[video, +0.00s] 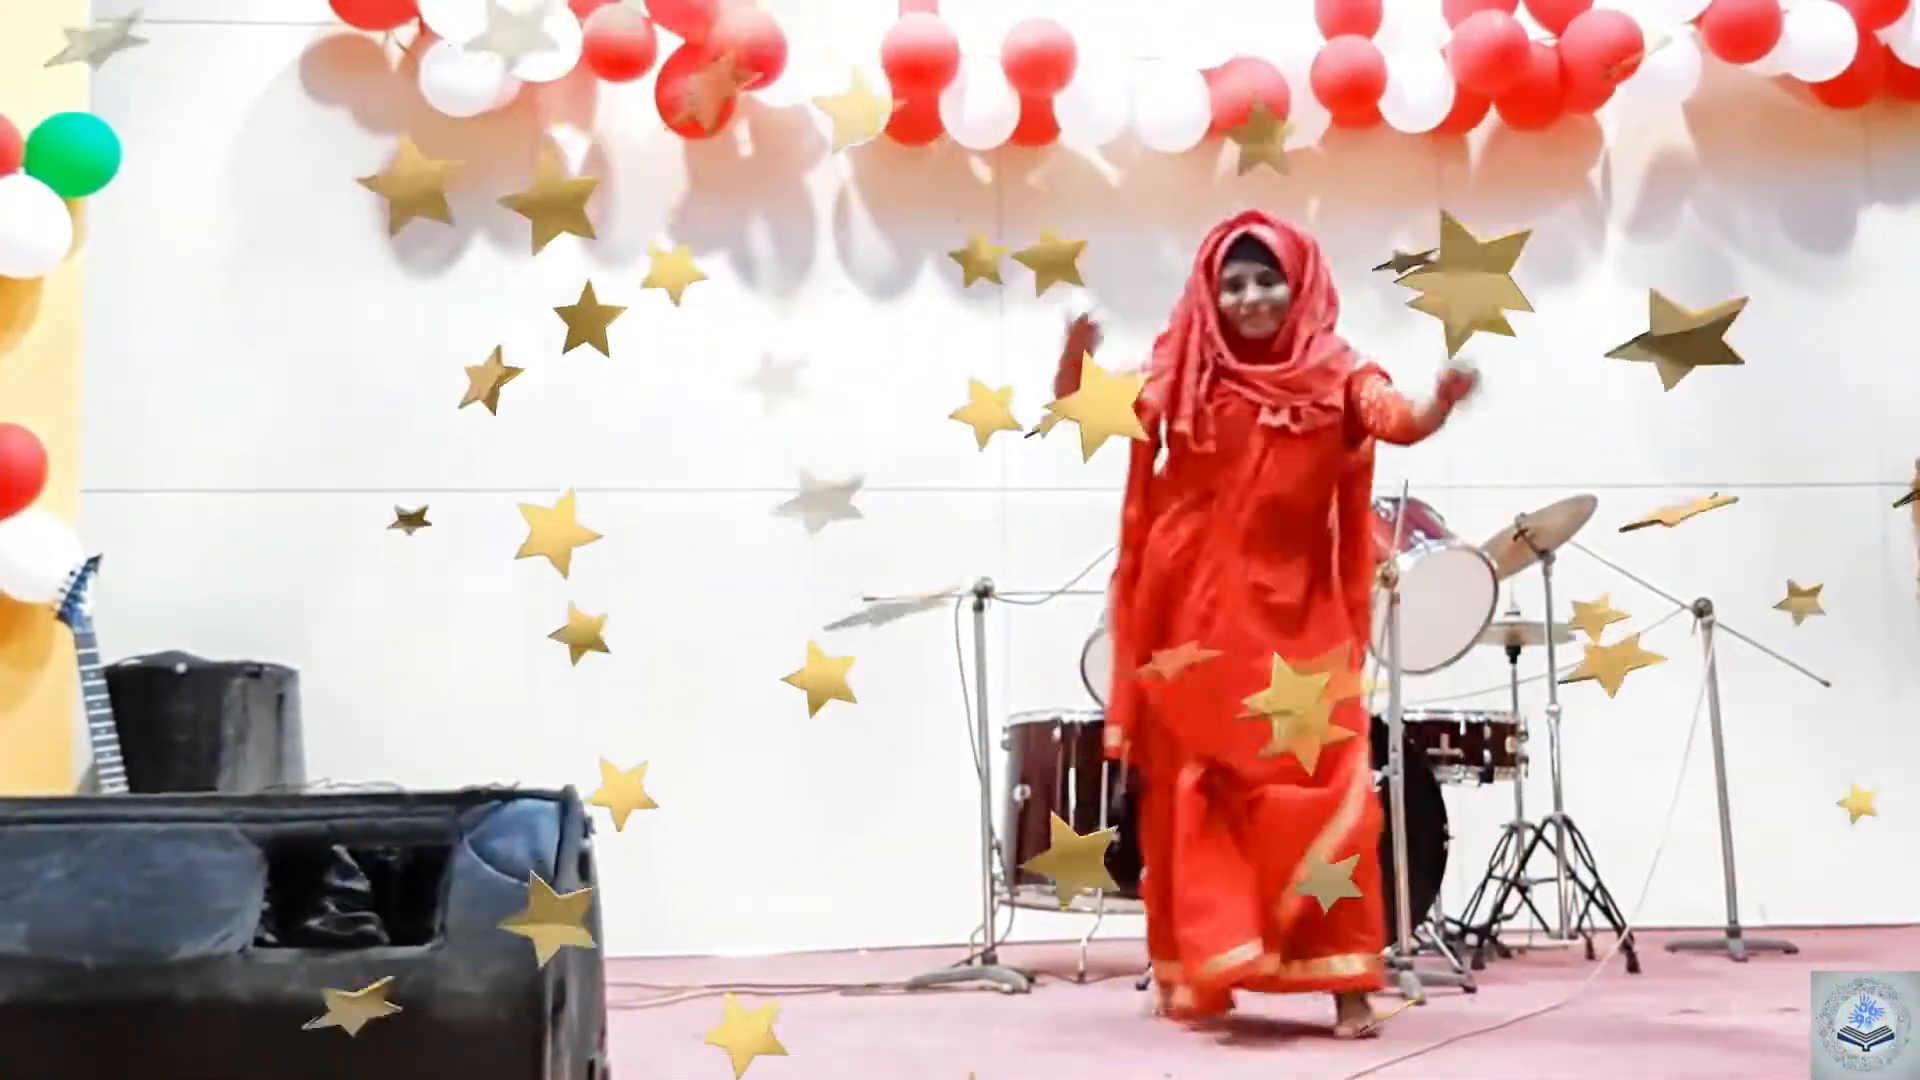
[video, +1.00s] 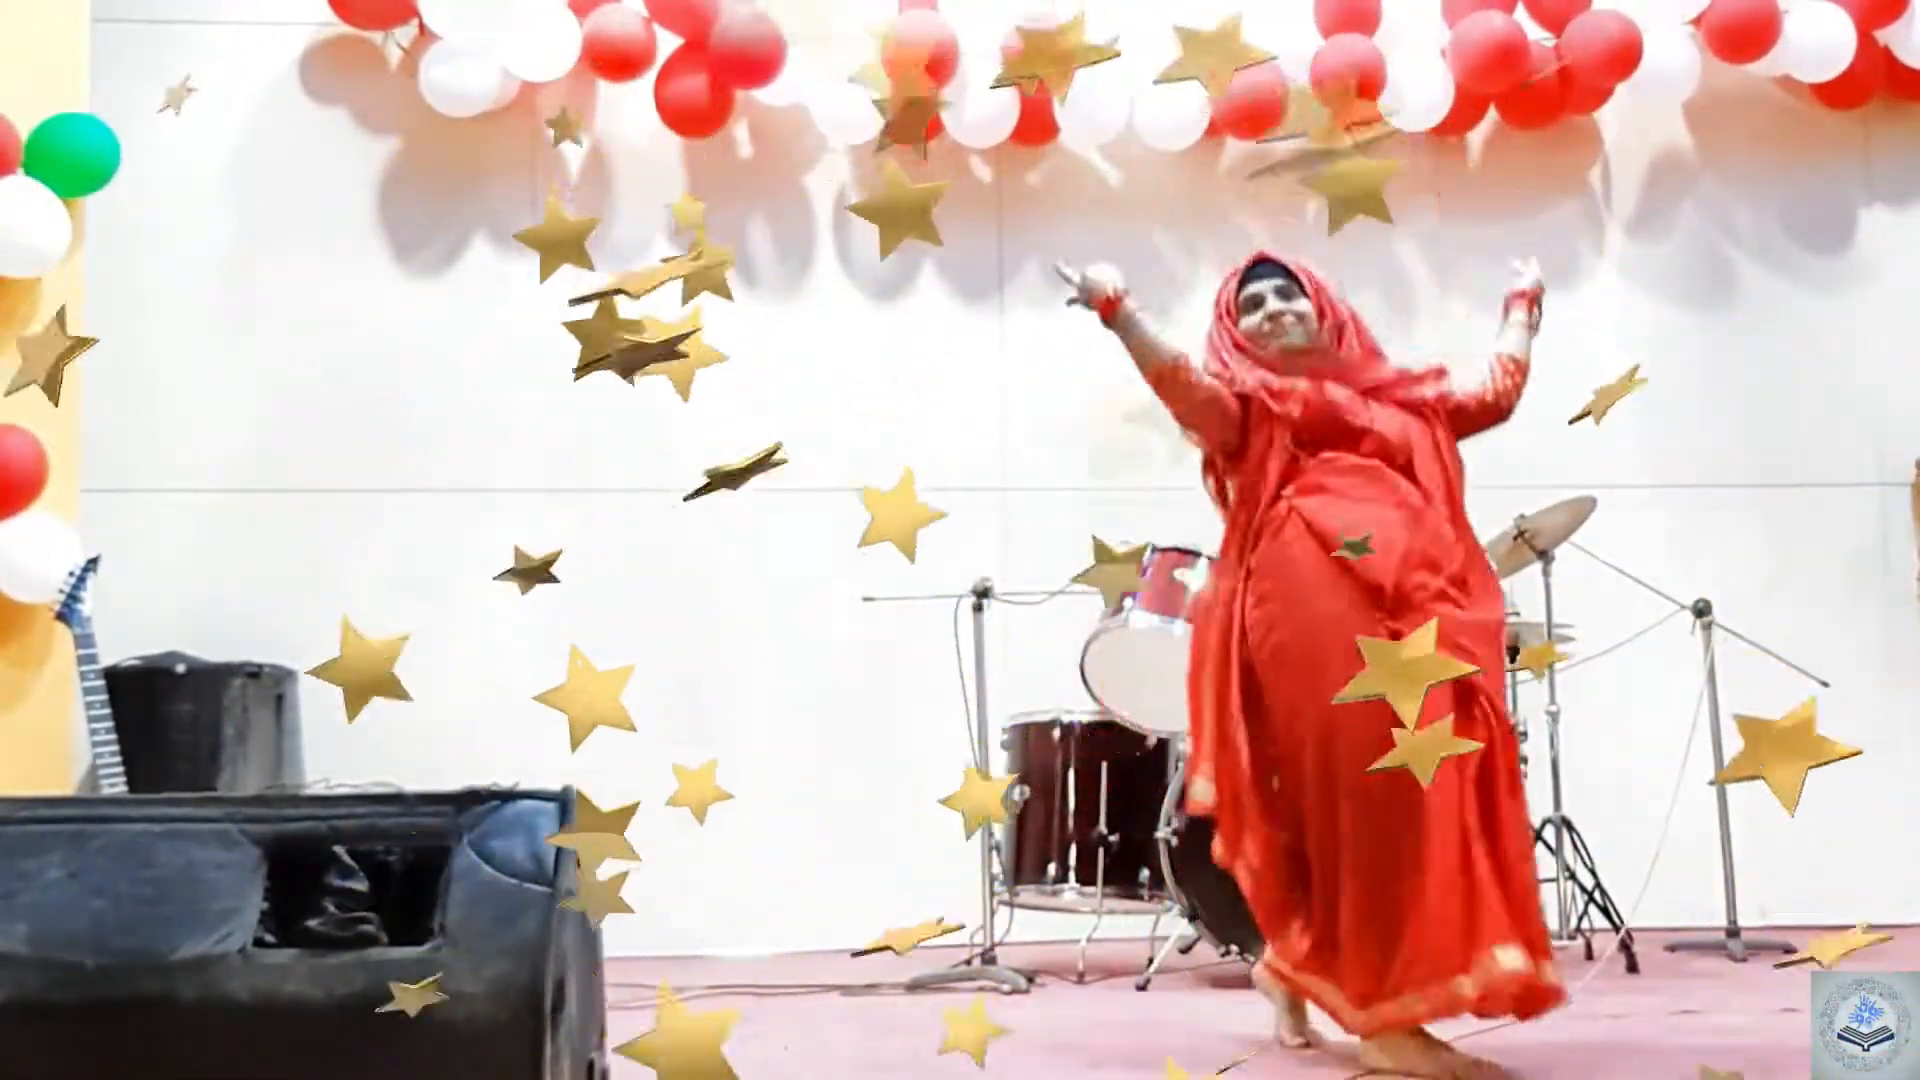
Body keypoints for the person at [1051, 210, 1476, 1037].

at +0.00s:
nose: (1249, 298)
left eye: (1265, 283)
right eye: (1234, 284)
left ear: (1298, 291)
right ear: (1211, 293)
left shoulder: (1337, 373)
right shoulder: (1183, 376)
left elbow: (1394, 419)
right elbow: (1087, 411)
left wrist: (1436, 406)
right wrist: (1075, 366)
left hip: (1309, 609)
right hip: (1198, 604)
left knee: (1333, 789)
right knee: (1191, 787)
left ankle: (1352, 981)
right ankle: (1193, 972)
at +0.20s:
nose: (1227, 351)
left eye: (1243, 334)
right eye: (1211, 336)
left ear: (1269, 342)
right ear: (1186, 348)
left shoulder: (1311, 431)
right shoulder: (1160, 437)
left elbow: (1390, 427)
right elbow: (1110, 536)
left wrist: (1414, 339)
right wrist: (1039, 548)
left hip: (1253, 666)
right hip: (1149, 658)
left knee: (1215, 810)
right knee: (1129, 816)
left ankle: (1297, 985)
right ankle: (1136, 992)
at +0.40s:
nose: (1231, 292)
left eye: (1247, 277)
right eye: (1213, 279)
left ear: (1271, 289)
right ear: (1186, 294)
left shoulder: (1309, 391)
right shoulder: (1152, 374)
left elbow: (1379, 461)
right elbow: (1078, 429)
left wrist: (1429, 470)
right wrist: (1052, 423)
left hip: (1271, 623)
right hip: (1165, 620)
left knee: (1273, 797)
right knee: (1165, 797)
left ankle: (1272, 981)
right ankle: (1159, 972)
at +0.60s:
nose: (1253, 301)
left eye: (1264, 285)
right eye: (1234, 293)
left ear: (1295, 294)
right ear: (1210, 310)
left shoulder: (1333, 388)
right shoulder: (1200, 377)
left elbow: (1405, 441)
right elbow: (1169, 377)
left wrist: (1369, 382)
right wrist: (1246, 351)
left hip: (1315, 602)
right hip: (1213, 602)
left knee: (1318, 793)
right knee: (1244, 773)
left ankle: (1277, 991)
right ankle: (1162, 905)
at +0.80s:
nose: (1257, 260)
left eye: (1269, 246)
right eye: (1240, 257)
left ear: (1311, 262)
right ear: (1225, 284)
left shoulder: (1366, 352)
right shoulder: (1227, 344)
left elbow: (1444, 319)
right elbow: (1174, 276)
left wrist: (1458, 219)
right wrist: (1181, 167)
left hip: (1347, 593)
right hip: (1251, 594)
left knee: (1408, 740)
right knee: (1335, 763)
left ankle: (1291, 941)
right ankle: (1290, 977)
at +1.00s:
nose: (1276, 311)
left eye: (1288, 295)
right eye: (1255, 309)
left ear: (1326, 310)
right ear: (1235, 343)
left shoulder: (1402, 397)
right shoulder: (1252, 407)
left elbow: (1498, 392)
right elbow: (1185, 384)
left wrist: (1521, 309)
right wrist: (1121, 313)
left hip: (1419, 606)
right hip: (1310, 607)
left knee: (1401, 801)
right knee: (1373, 798)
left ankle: (1290, 960)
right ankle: (1391, 1026)